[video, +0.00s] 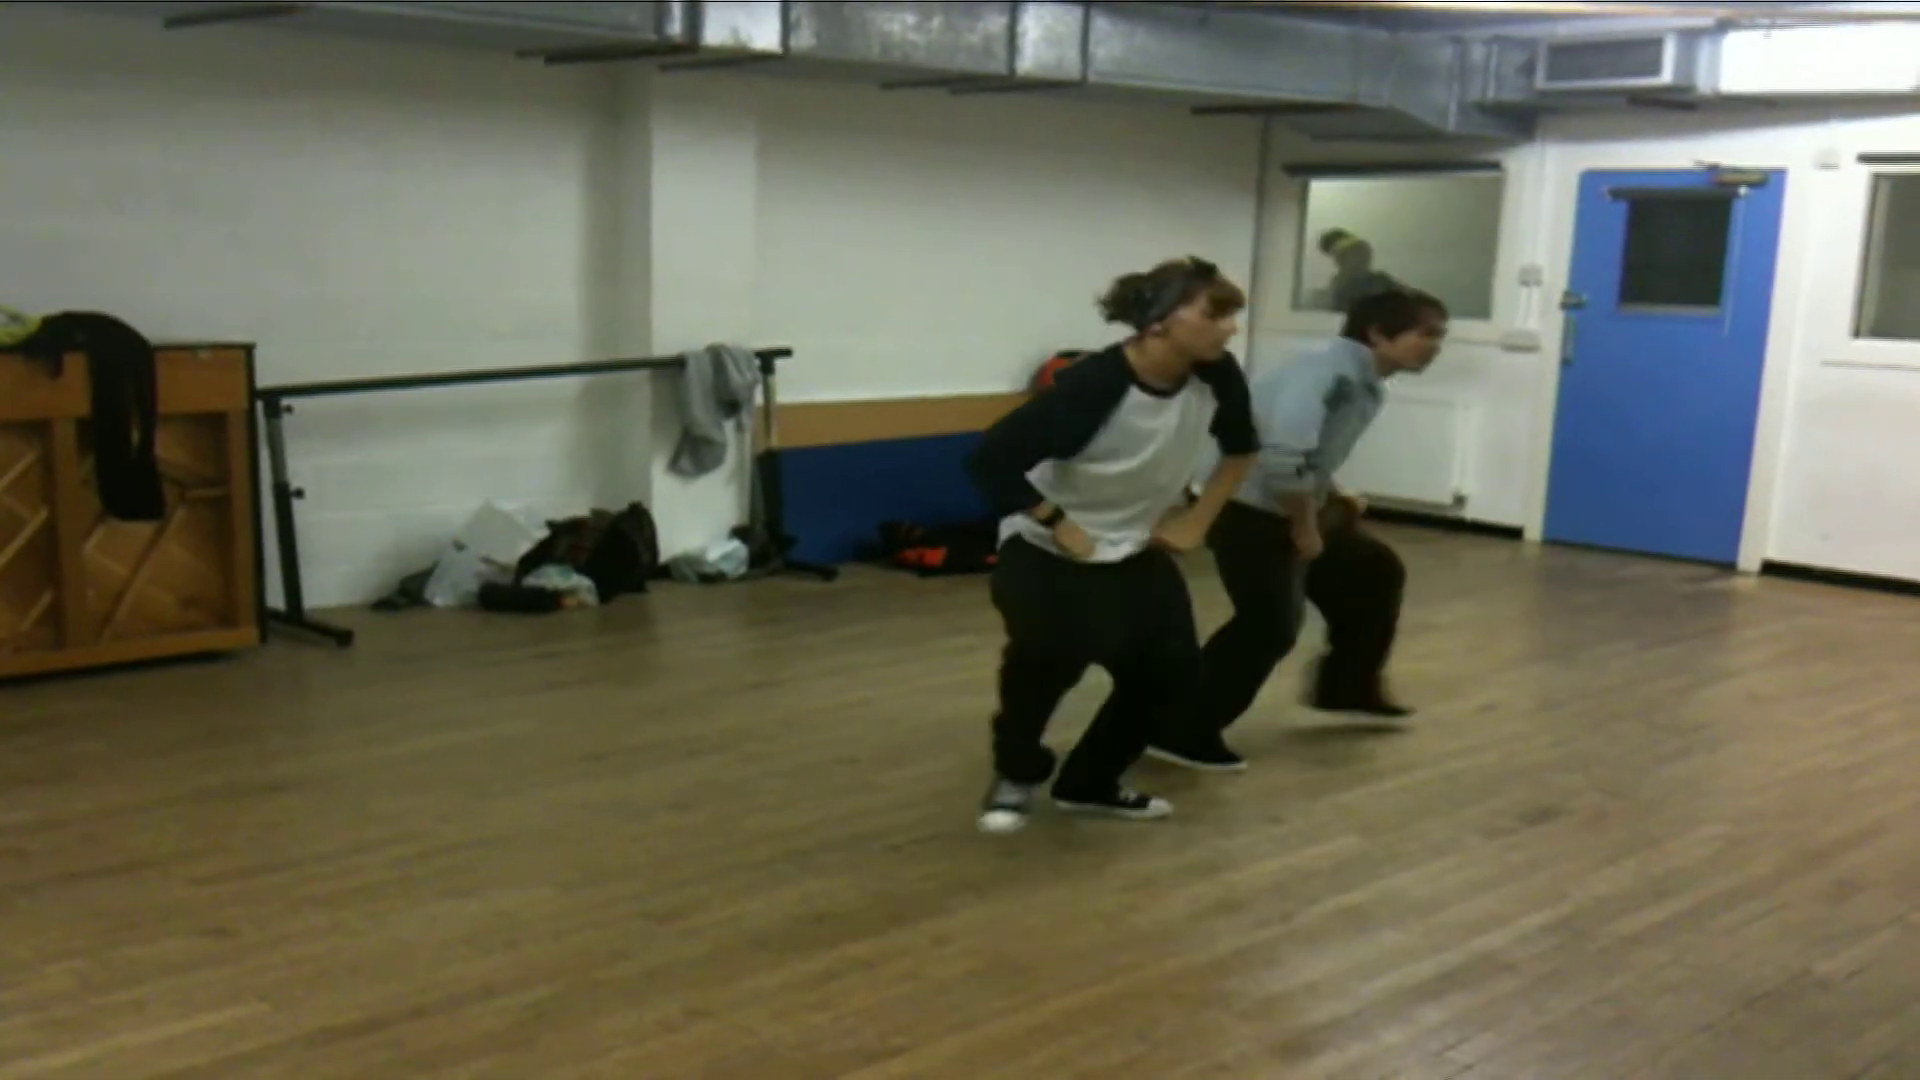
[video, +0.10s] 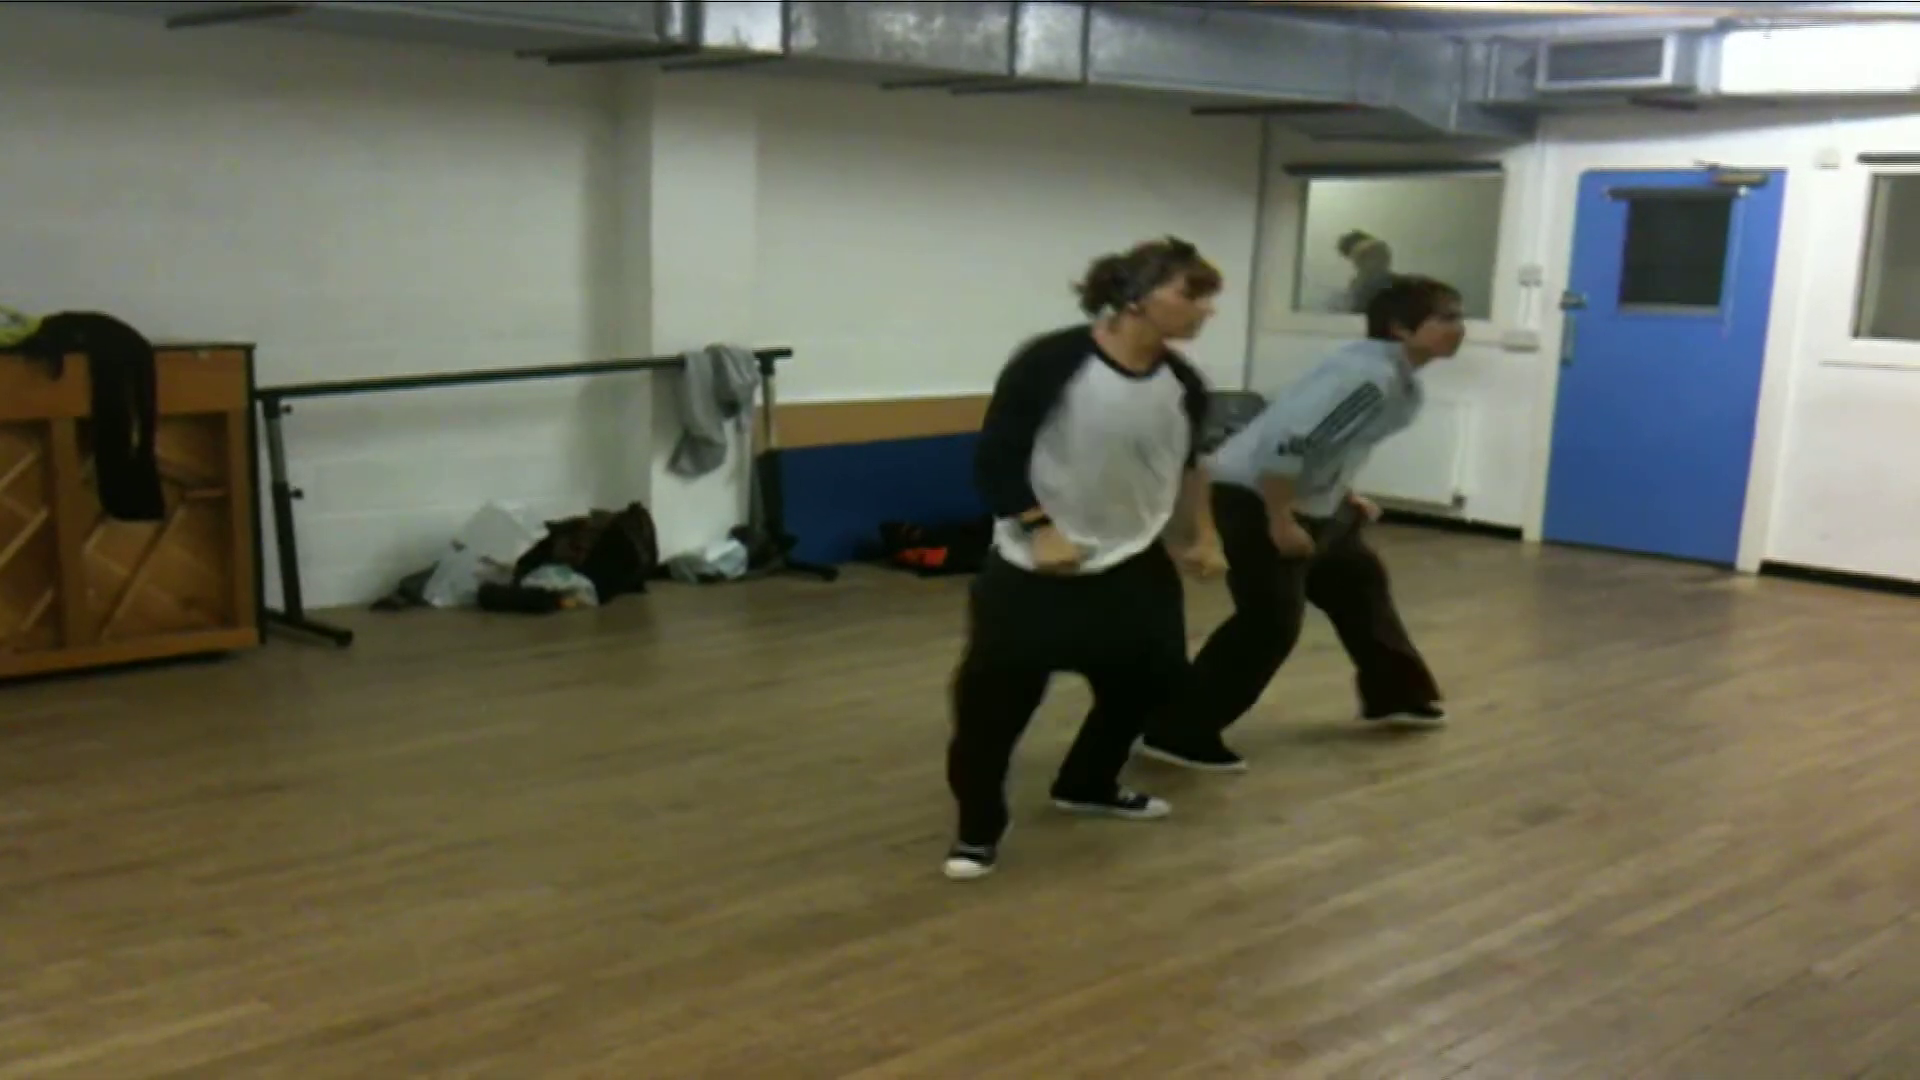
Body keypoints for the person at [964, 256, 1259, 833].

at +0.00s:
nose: (1228, 326)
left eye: (1226, 313)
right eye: (1211, 314)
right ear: (1161, 325)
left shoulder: (1218, 378)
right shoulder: (1094, 385)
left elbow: (1240, 448)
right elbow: (990, 460)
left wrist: (1198, 520)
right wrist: (1056, 521)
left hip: (1135, 554)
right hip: (1046, 550)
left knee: (1167, 665)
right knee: (1052, 645)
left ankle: (1089, 781)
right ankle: (1017, 772)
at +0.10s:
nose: (1201, 307)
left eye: (1202, 295)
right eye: (1187, 294)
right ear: (1138, 299)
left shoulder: (1185, 389)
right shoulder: (1048, 364)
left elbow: (1188, 468)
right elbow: (997, 456)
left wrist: (1201, 533)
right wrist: (1038, 528)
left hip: (1132, 571)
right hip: (1033, 569)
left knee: (1145, 681)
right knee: (990, 706)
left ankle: (1087, 783)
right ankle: (977, 831)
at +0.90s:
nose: (1127, 349)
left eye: (1131, 334)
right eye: (1114, 332)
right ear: (1065, 327)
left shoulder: (1117, 384)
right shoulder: (1008, 391)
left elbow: (1155, 449)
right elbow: (956, 499)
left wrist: (1125, 538)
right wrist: (1012, 576)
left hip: (1061, 566)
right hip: (980, 575)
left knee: (1110, 699)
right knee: (1040, 709)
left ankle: (1090, 779)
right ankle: (894, 817)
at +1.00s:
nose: (1141, 385)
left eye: (1142, 370)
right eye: (1124, 370)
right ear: (1069, 377)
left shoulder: (1125, 432)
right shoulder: (1022, 435)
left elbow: (1150, 501)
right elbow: (934, 531)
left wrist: (1107, 566)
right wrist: (984, 595)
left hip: (1032, 577)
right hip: (947, 585)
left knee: (1135, 681)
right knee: (1008, 706)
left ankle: (1070, 781)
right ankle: (934, 828)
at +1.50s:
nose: (1110, 307)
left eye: (1115, 294)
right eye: (1098, 291)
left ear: (1110, 300)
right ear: (1049, 295)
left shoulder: (1105, 376)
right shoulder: (993, 355)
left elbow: (1119, 452)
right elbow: (926, 459)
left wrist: (1092, 525)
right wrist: (970, 539)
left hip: (1042, 547)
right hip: (950, 545)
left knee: (1076, 674)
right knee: (958, 683)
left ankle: (1036, 791)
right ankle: (929, 818)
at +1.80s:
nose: (1157, 309)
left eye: (1155, 295)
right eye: (1147, 296)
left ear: (1106, 305)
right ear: (1103, 305)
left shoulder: (1127, 383)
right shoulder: (1019, 368)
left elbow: (1110, 475)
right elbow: (960, 472)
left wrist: (1128, 536)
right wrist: (1056, 515)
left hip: (1089, 567)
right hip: (1007, 570)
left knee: (1167, 666)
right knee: (1008, 693)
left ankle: (1077, 776)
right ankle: (932, 825)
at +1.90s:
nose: (1189, 325)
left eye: (1189, 312)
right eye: (1181, 313)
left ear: (1143, 320)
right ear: (1142, 319)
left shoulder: (1161, 402)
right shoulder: (1060, 375)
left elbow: (1170, 483)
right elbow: (976, 454)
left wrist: (1166, 527)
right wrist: (1071, 488)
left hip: (1126, 578)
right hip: (1046, 584)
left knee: (1222, 652)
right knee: (1052, 713)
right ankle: (936, 823)